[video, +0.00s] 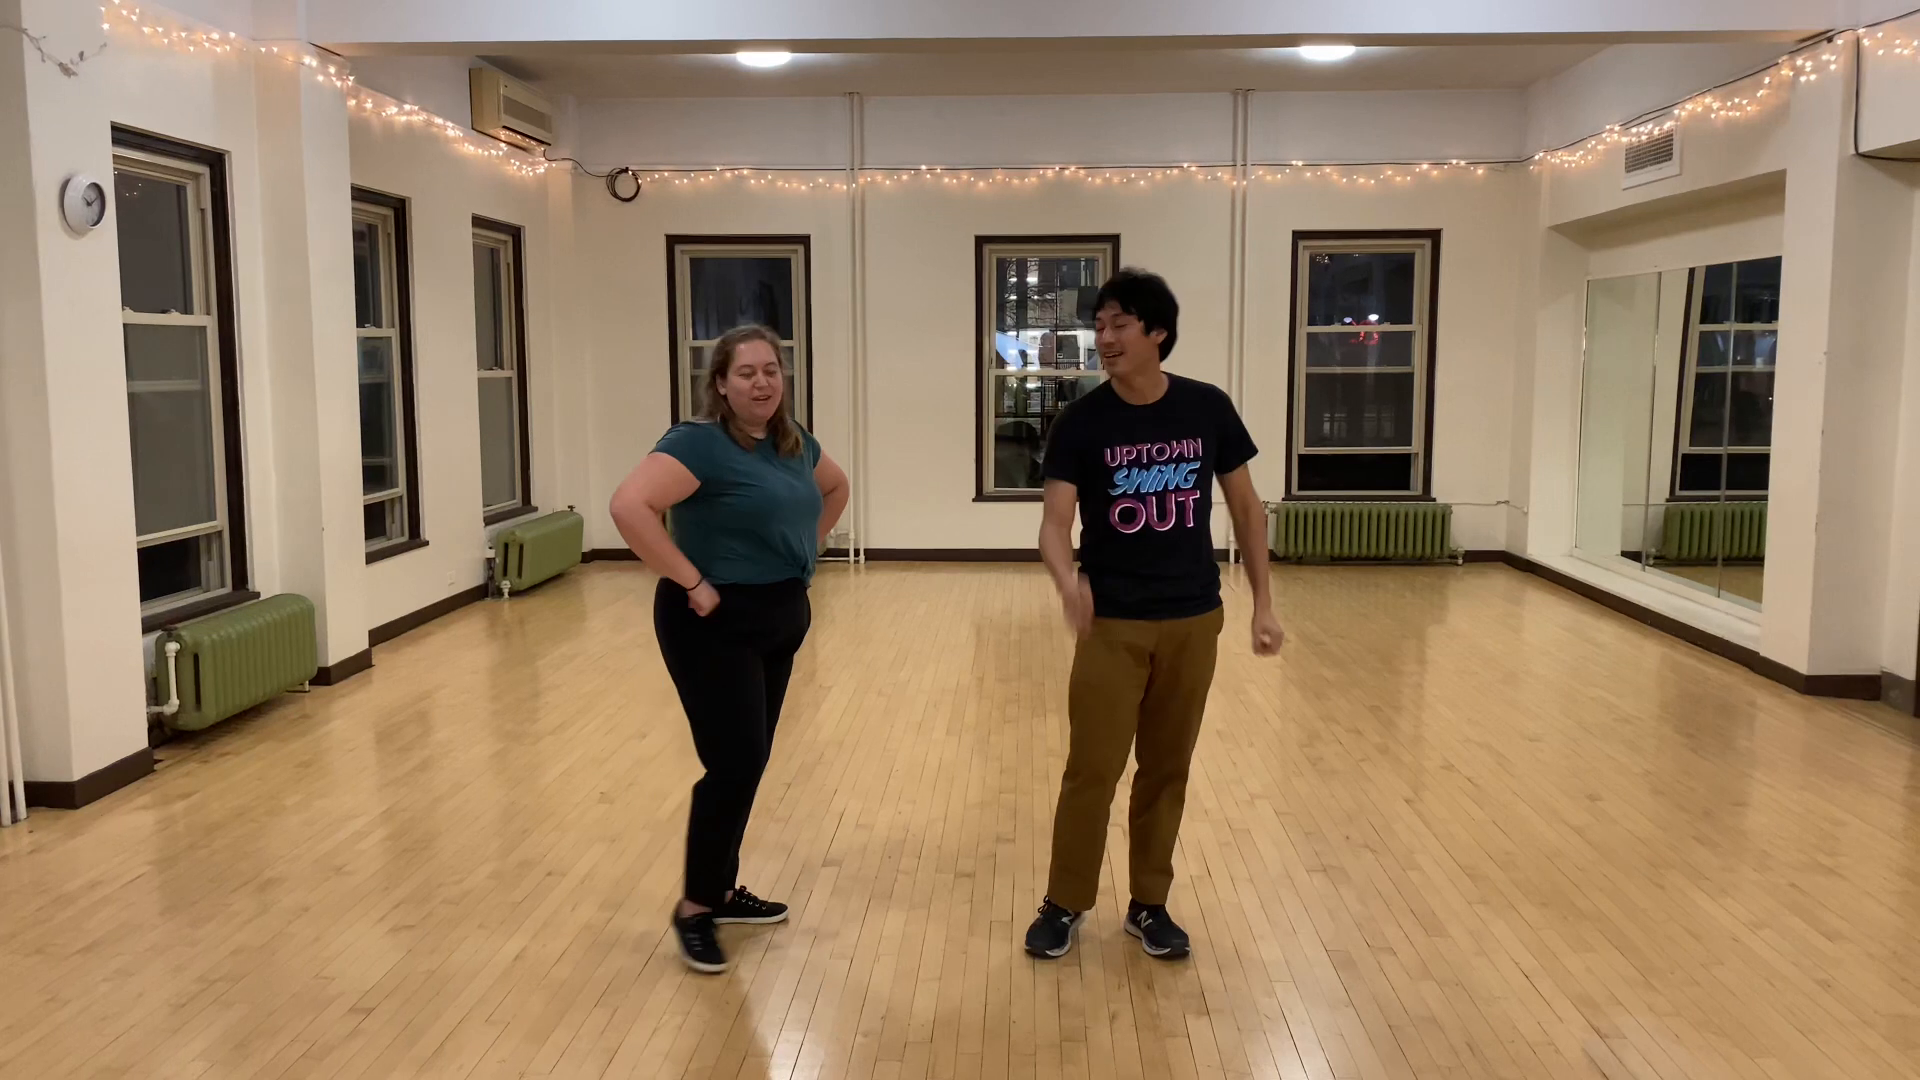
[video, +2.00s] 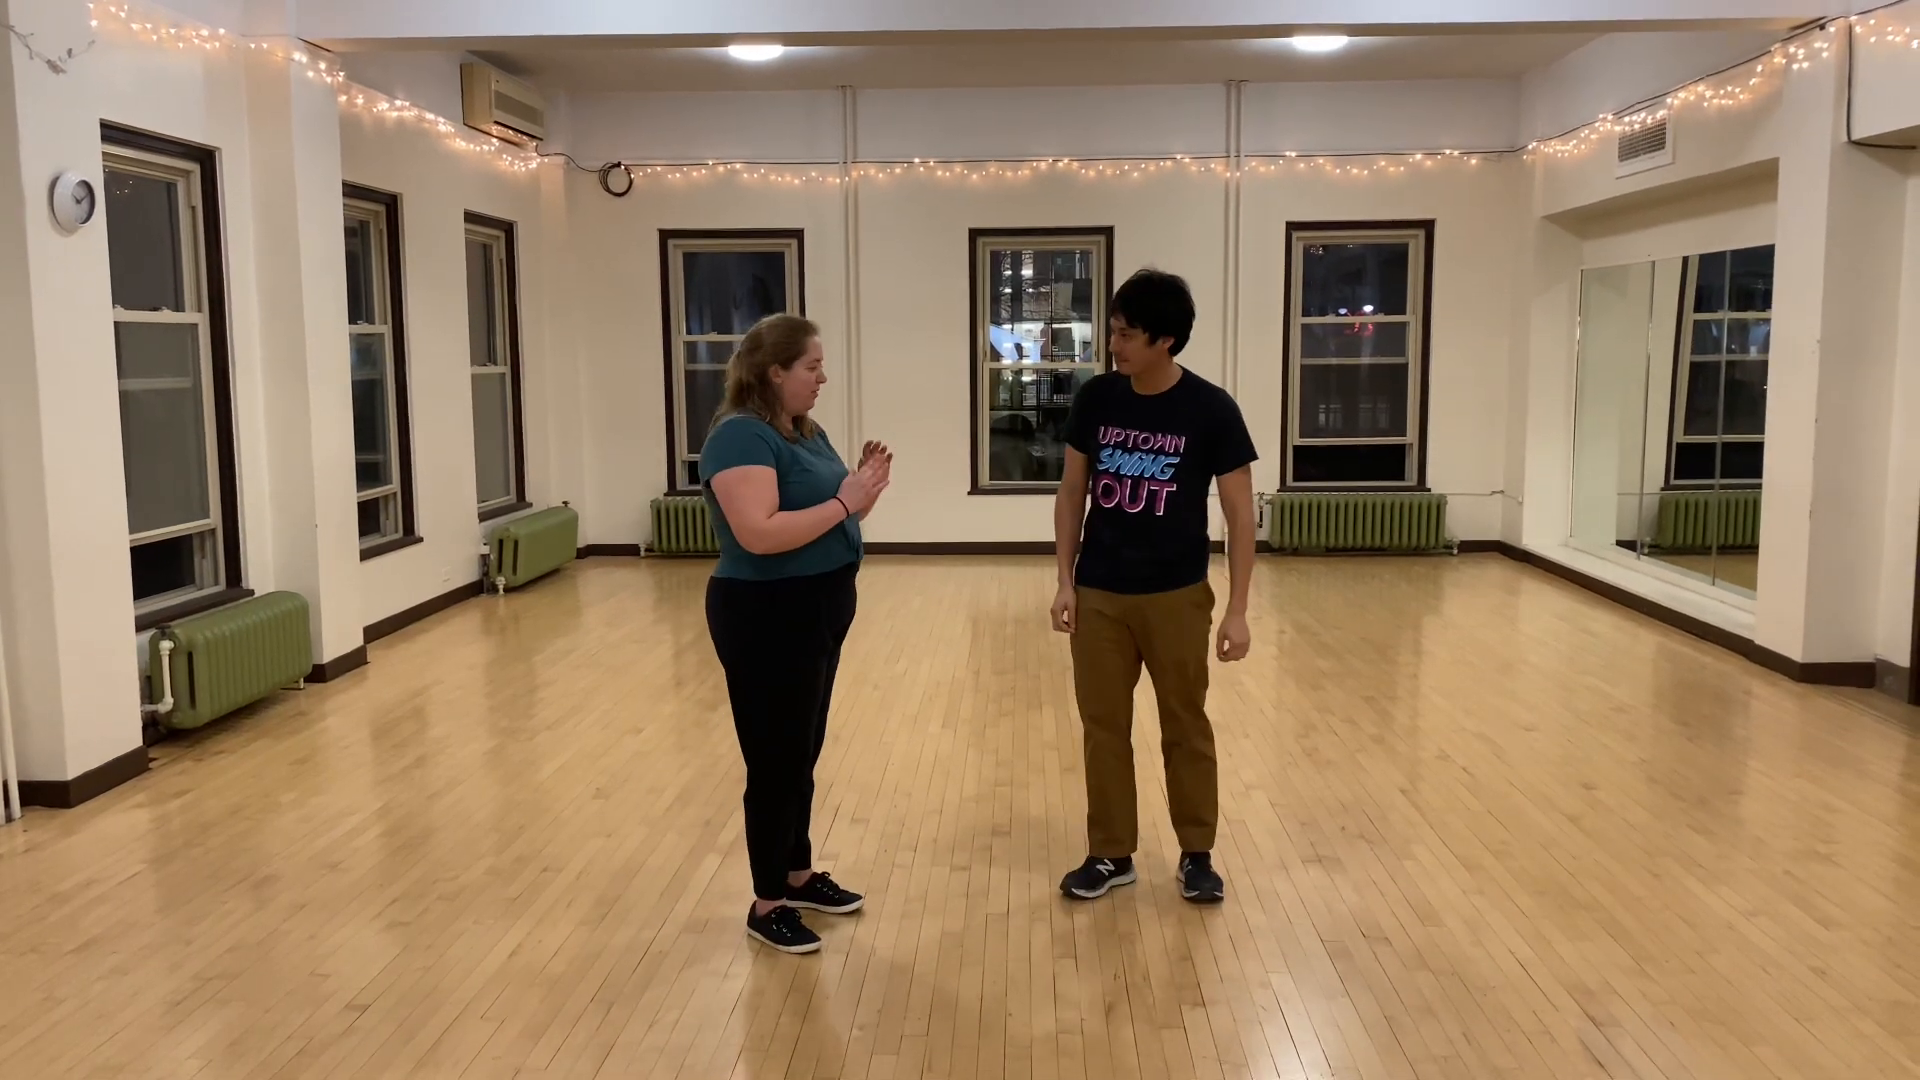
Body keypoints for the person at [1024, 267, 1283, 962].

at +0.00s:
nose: (1107, 337)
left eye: (1120, 324)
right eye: (1100, 327)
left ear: (1160, 332)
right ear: (1095, 336)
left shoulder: (1207, 408)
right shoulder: (1079, 423)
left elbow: (1246, 507)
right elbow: (1055, 527)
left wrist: (1263, 602)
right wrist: (1068, 581)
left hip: (1191, 624)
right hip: (1109, 626)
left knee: (1166, 773)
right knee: (1090, 772)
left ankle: (1149, 905)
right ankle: (1064, 903)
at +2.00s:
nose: (1114, 341)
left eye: (1127, 332)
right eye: (1113, 328)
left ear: (1166, 340)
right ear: (1118, 329)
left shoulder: (1212, 410)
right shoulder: (1097, 399)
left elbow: (1241, 516)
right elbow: (1071, 493)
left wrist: (1237, 608)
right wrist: (1065, 578)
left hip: (1175, 597)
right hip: (1098, 595)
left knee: (1185, 726)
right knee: (1102, 728)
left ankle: (1196, 853)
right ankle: (1112, 854)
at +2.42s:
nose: (1069, 347)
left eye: (1079, 336)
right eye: (1067, 335)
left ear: (1118, 338)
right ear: (1076, 335)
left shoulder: (1173, 404)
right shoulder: (1060, 405)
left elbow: (1203, 509)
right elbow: (1038, 501)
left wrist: (1186, 594)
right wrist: (1034, 585)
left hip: (1151, 593)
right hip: (1078, 597)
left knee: (1161, 724)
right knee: (1095, 728)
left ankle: (1182, 860)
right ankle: (1109, 854)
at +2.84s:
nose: (1047, 343)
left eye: (1055, 331)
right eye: (1046, 330)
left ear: (1095, 333)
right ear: (1081, 335)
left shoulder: (1155, 403)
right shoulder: (1063, 408)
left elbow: (1180, 510)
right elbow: (1054, 500)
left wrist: (1159, 599)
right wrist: (1019, 577)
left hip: (1131, 600)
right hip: (1068, 598)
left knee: (1144, 740)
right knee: (1090, 730)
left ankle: (1161, 883)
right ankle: (1107, 851)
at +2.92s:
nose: (1044, 343)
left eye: (1053, 332)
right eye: (1044, 331)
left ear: (1092, 333)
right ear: (1072, 336)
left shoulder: (1151, 403)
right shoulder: (1064, 407)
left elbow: (1175, 508)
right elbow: (1054, 499)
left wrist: (1149, 601)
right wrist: (1000, 559)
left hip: (1129, 600)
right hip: (1068, 599)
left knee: (1144, 742)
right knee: (1090, 731)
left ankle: (1161, 885)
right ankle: (1107, 851)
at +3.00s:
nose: (1043, 343)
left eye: (1051, 331)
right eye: (1042, 331)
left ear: (1089, 332)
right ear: (1074, 334)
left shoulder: (1147, 403)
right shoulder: (1064, 405)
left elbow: (1168, 511)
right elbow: (1049, 497)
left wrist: (1138, 602)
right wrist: (982, 537)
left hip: (1128, 598)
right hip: (1068, 596)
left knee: (1141, 739)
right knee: (1090, 730)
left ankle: (1160, 885)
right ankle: (1107, 851)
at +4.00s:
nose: (1063, 330)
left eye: (1075, 317)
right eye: (1052, 320)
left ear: (1102, 323)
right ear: (1042, 330)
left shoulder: (1139, 399)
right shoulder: (1047, 406)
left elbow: (1160, 506)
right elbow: (1027, 500)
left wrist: (1126, 593)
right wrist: (961, 557)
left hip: (1130, 594)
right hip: (1070, 593)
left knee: (1135, 738)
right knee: (1085, 727)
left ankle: (1156, 885)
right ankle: (1099, 849)